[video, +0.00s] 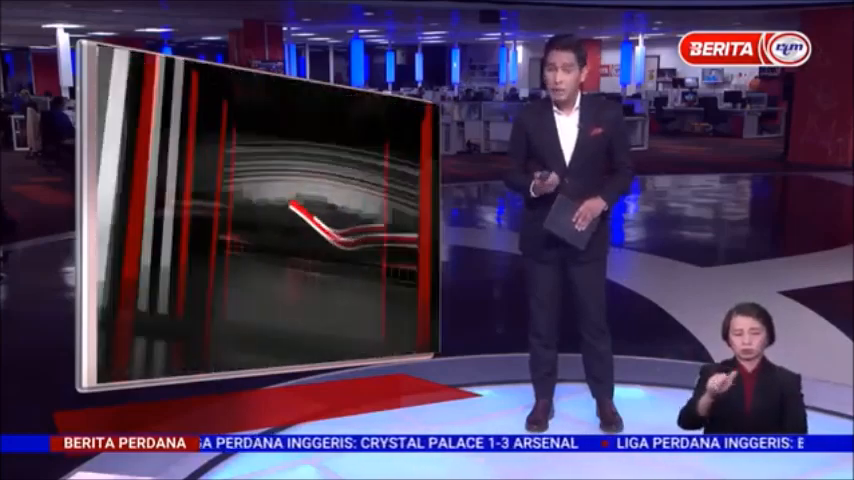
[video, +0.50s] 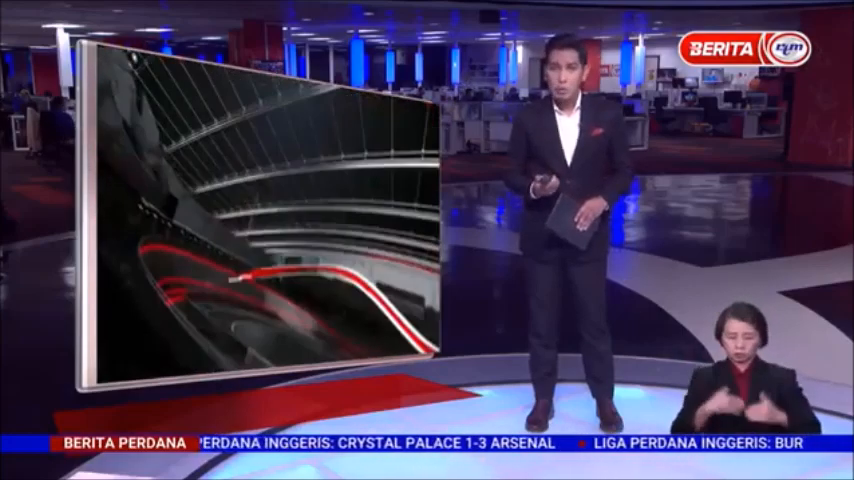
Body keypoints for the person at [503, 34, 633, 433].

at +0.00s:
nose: (557, 77)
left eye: (565, 69)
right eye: (551, 68)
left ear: (582, 74)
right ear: (543, 74)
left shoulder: (605, 112)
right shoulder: (528, 116)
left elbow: (623, 170)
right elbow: (512, 172)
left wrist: (601, 199)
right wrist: (532, 186)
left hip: (588, 232)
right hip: (541, 233)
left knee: (593, 321)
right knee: (543, 323)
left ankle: (605, 401)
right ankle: (542, 401)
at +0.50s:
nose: (561, 76)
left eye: (569, 68)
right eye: (554, 68)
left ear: (583, 72)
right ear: (545, 73)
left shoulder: (606, 112)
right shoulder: (528, 116)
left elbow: (624, 171)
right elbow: (512, 172)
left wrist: (602, 199)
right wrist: (532, 187)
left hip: (589, 231)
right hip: (541, 232)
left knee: (593, 321)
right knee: (543, 322)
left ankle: (605, 401)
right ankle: (542, 401)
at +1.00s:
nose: (573, 73)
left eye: (580, 66)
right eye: (565, 65)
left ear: (589, 73)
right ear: (550, 69)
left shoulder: (605, 114)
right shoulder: (527, 115)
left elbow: (620, 172)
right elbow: (507, 170)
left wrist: (598, 202)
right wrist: (536, 192)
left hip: (588, 231)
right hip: (541, 230)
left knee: (594, 321)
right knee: (542, 321)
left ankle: (604, 400)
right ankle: (542, 400)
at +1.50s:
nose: (571, 71)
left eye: (579, 63)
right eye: (563, 63)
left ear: (588, 71)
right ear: (549, 69)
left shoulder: (604, 113)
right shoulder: (526, 115)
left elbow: (620, 172)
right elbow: (508, 172)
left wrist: (597, 201)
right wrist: (537, 190)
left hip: (588, 230)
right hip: (541, 229)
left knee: (594, 320)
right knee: (541, 321)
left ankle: (604, 400)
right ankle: (542, 400)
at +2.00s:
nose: (564, 68)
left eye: (572, 60)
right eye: (557, 60)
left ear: (587, 67)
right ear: (547, 68)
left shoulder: (609, 112)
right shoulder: (531, 115)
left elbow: (627, 170)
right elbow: (515, 171)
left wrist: (600, 200)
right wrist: (537, 188)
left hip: (592, 230)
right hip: (544, 230)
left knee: (596, 320)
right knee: (544, 321)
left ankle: (605, 400)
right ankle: (543, 399)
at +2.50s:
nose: (575, 71)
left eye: (584, 63)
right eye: (568, 62)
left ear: (597, 71)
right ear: (557, 68)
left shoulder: (615, 114)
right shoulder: (536, 116)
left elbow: (632, 170)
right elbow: (518, 173)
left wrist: (610, 200)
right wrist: (544, 182)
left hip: (597, 231)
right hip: (549, 231)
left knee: (598, 320)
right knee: (547, 320)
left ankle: (605, 400)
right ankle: (543, 398)